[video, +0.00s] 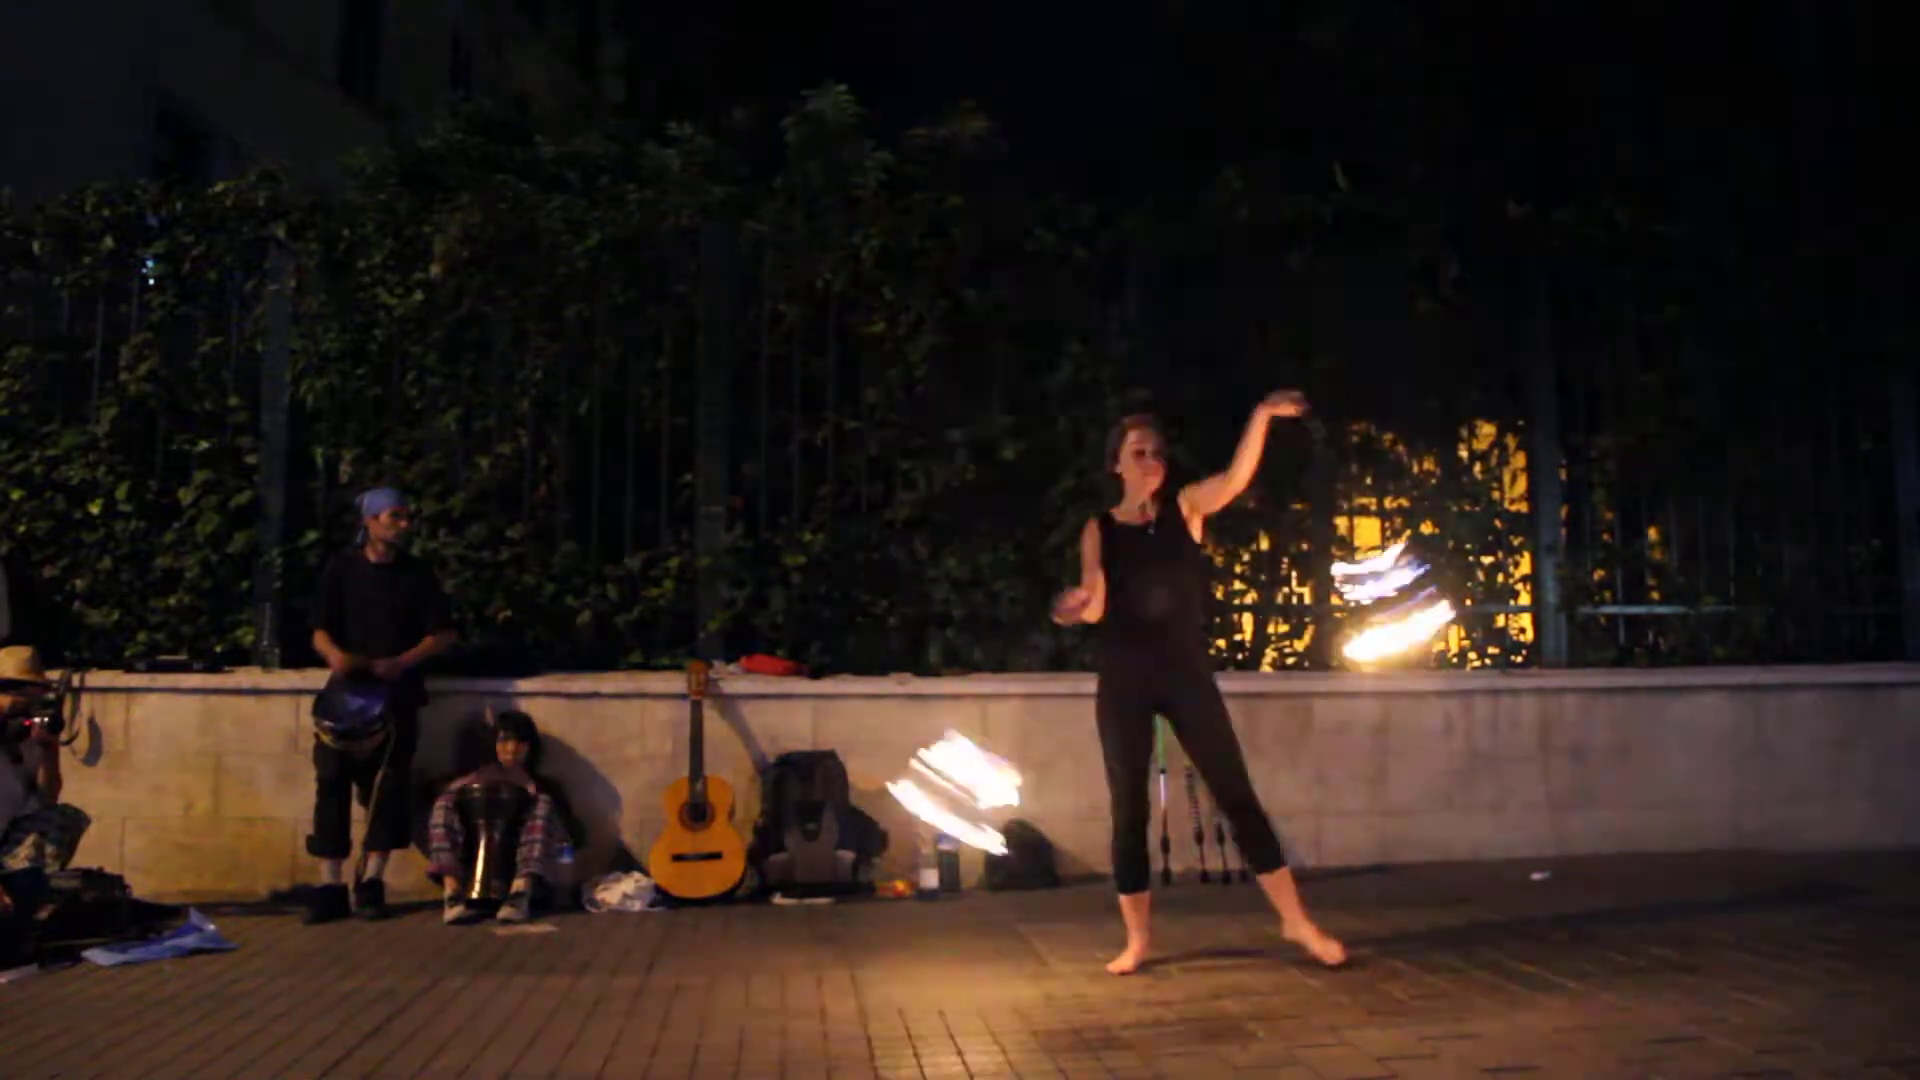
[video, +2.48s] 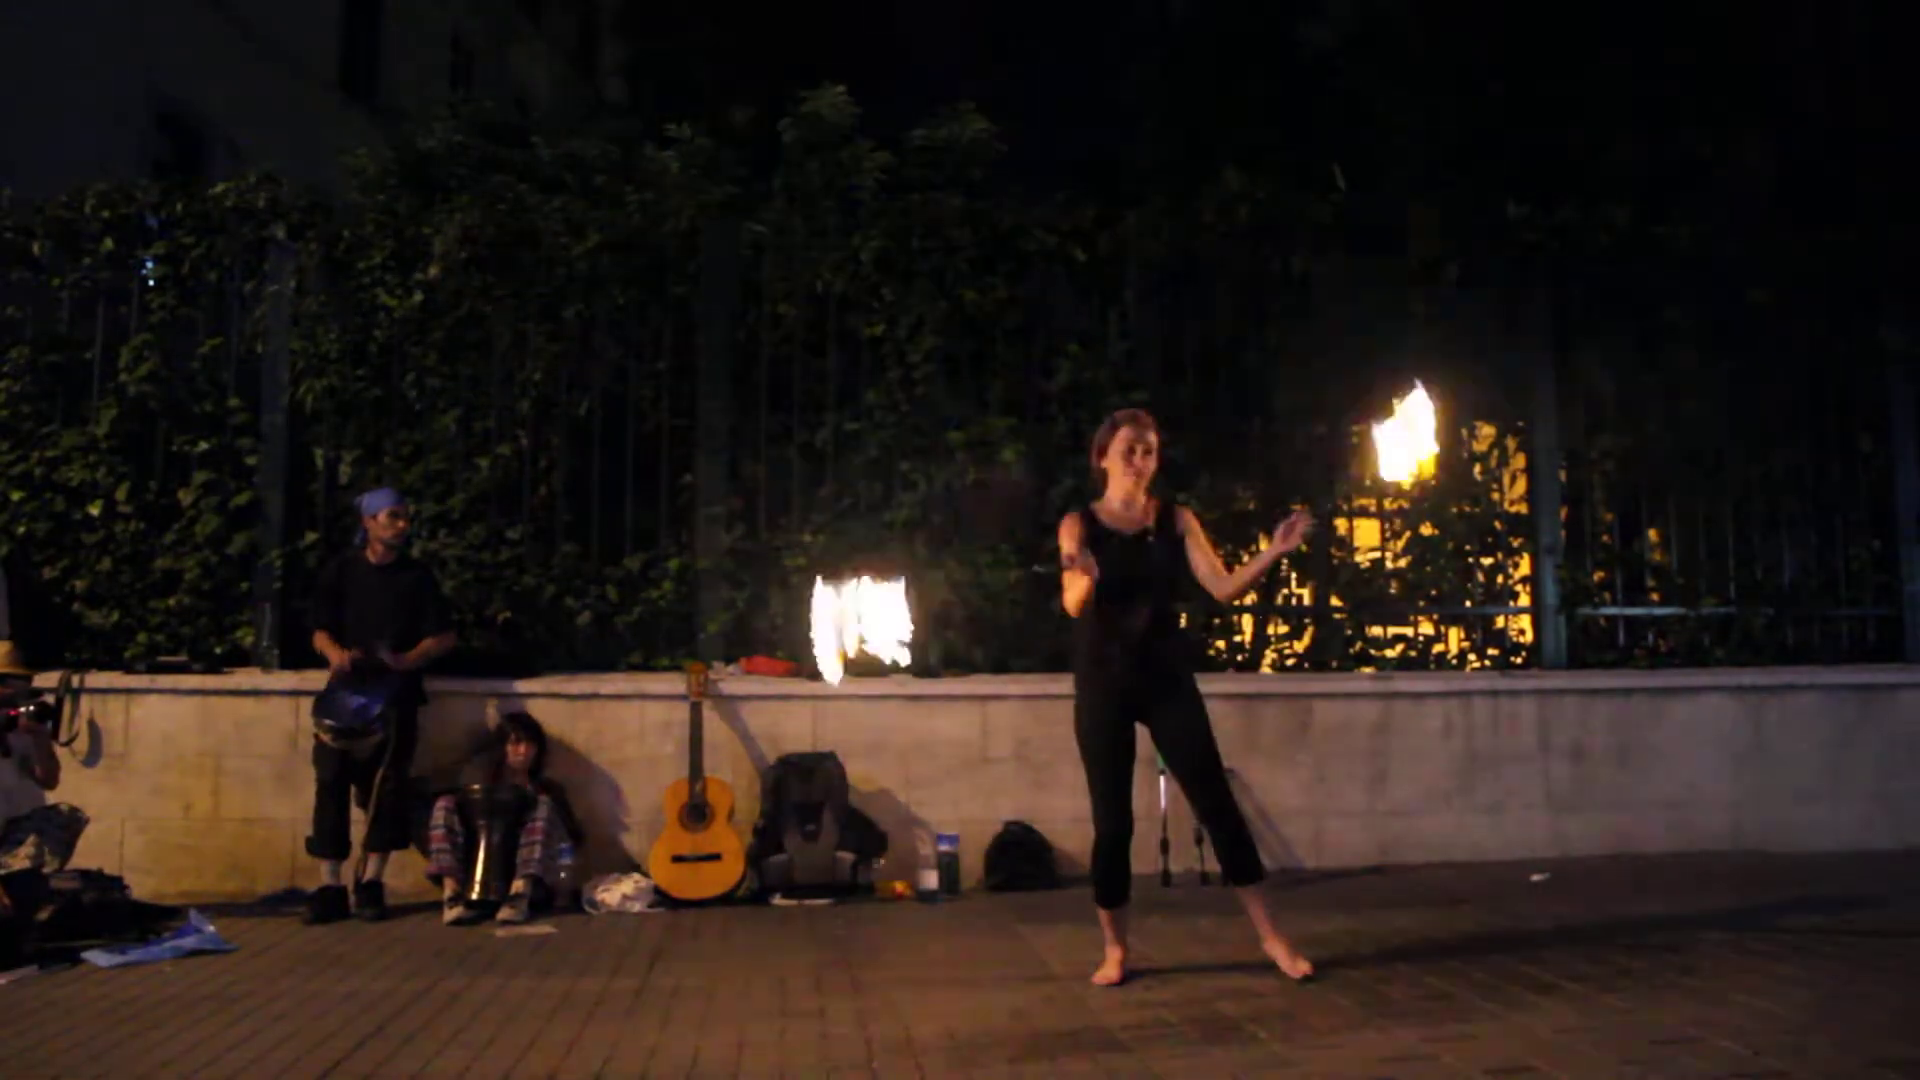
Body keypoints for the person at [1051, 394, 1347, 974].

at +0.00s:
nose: (1150, 461)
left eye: (1157, 453)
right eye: (1139, 453)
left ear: (1167, 461)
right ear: (1117, 465)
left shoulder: (1188, 505)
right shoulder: (1100, 531)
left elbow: (1236, 478)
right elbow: (1093, 602)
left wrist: (1262, 415)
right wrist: (1075, 609)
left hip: (1186, 675)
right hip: (1123, 682)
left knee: (1237, 796)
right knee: (1128, 809)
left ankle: (1296, 921)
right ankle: (1137, 939)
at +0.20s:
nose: (1149, 456)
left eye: (1157, 448)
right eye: (1138, 449)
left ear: (1168, 456)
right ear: (1117, 458)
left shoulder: (1188, 515)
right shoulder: (1093, 524)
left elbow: (1261, 529)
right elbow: (1055, 586)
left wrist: (1323, 504)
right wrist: (1031, 589)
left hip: (1175, 677)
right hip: (1113, 679)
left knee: (1193, 797)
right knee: (1122, 806)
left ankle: (1219, 923)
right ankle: (1134, 939)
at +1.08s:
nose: (1251, 468)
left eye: (1256, 459)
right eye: (1239, 458)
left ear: (1260, 466)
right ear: (1205, 465)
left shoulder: (1269, 526)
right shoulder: (1182, 522)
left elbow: (1332, 562)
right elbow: (1102, 561)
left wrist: (1361, 537)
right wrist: (1027, 544)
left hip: (1266, 690)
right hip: (1204, 691)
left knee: (1296, 820)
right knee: (1174, 816)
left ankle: (1300, 954)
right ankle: (1135, 941)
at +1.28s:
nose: (1277, 469)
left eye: (1282, 458)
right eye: (1264, 459)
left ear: (1291, 465)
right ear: (1238, 469)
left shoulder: (1313, 532)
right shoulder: (1216, 528)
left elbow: (1382, 588)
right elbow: (1149, 574)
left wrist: (1459, 563)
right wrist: (1089, 558)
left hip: (1299, 693)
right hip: (1233, 693)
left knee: (1318, 822)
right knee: (1214, 817)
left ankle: (1301, 952)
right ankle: (1173, 921)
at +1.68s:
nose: (1287, 458)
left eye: (1295, 451)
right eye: (1276, 449)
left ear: (1304, 462)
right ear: (1250, 459)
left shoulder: (1325, 523)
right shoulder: (1232, 519)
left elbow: (1405, 540)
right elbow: (1174, 521)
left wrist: (1467, 492)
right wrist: (1153, 474)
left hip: (1303, 689)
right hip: (1235, 687)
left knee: (1318, 820)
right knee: (1205, 805)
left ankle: (1305, 951)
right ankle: (1194, 931)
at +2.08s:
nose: (1205, 444)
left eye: (1215, 435)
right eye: (1194, 434)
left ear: (1227, 445)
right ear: (1171, 441)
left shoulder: (1240, 509)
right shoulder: (1143, 498)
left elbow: (1303, 564)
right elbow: (1090, 521)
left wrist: (1369, 536)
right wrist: (1061, 482)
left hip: (1222, 671)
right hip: (1155, 671)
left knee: (1256, 799)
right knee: (1139, 803)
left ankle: (1302, 939)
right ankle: (1117, 942)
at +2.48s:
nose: (1144, 460)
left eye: (1151, 452)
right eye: (1132, 451)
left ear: (1159, 459)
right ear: (1104, 457)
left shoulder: (1176, 520)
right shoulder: (1080, 524)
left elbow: (1221, 586)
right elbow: (1072, 606)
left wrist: (1273, 552)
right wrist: (1083, 577)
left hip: (1168, 681)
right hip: (1103, 686)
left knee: (1215, 802)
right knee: (1112, 820)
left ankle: (1269, 935)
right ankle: (1114, 947)